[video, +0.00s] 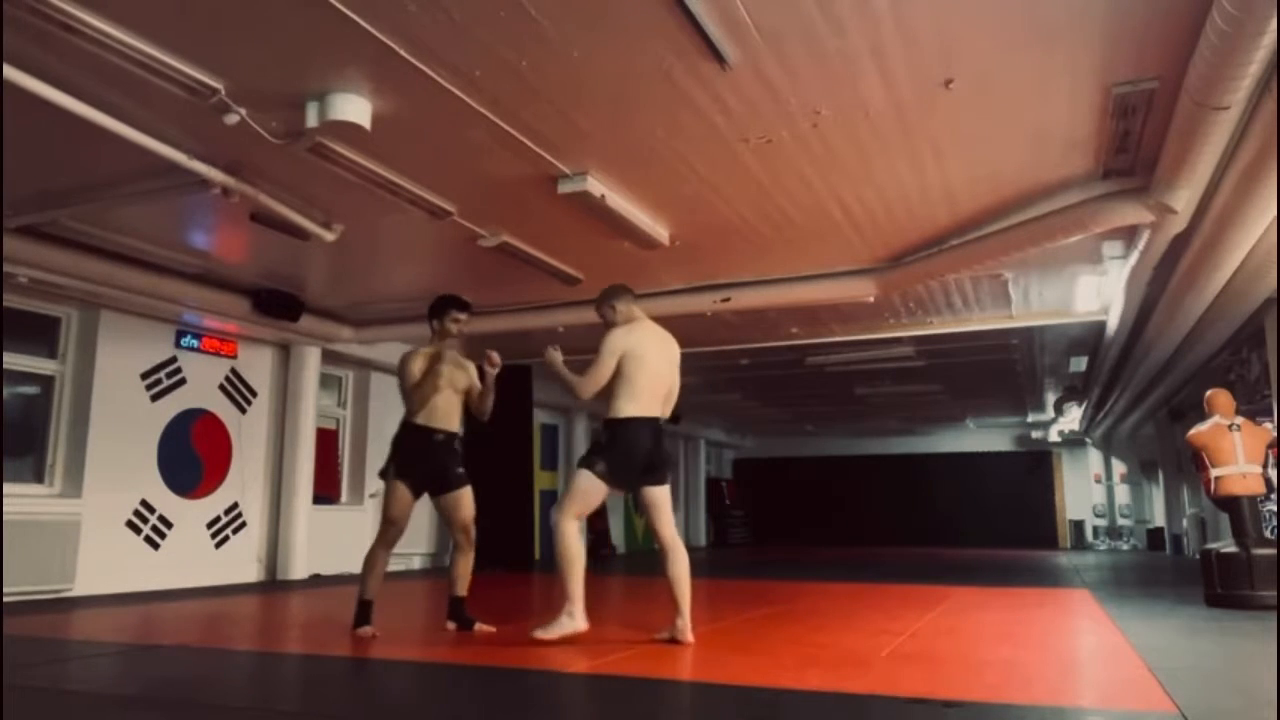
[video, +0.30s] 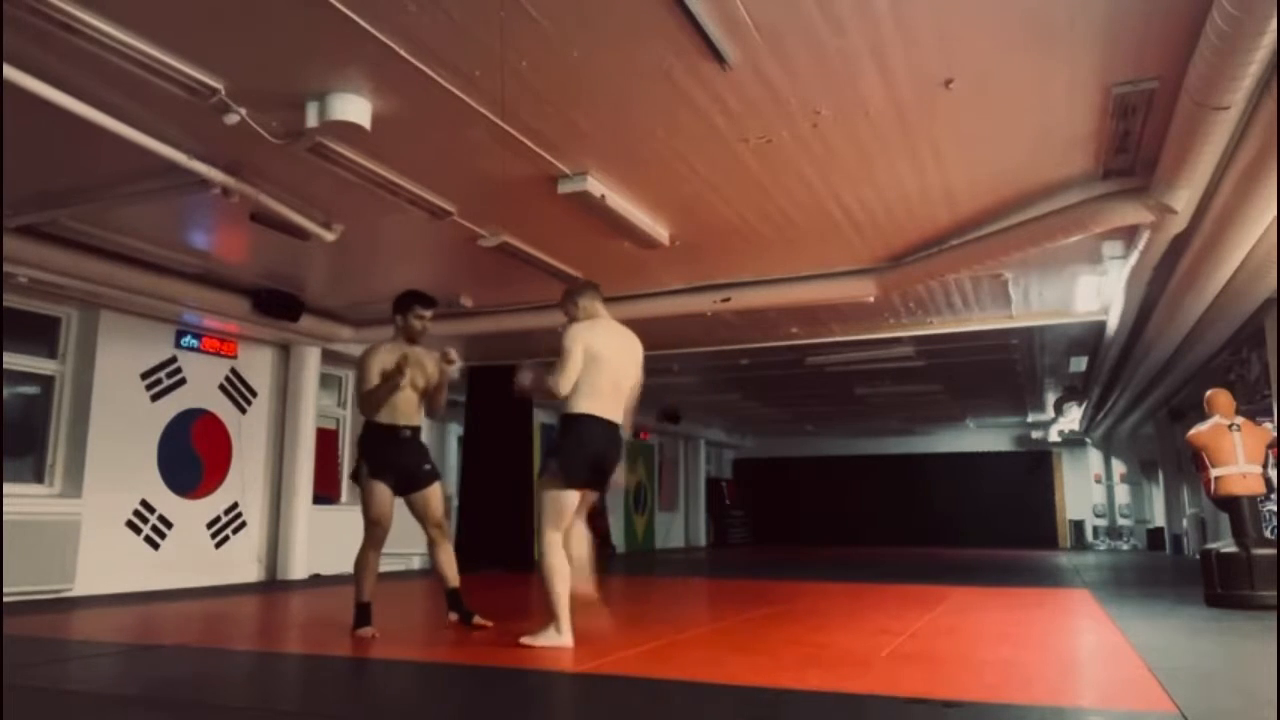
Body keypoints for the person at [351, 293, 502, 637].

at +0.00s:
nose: (461, 328)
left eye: (464, 323)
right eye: (455, 321)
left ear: (465, 327)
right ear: (435, 322)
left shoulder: (468, 367)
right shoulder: (416, 358)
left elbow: (483, 412)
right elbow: (412, 400)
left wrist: (490, 378)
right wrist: (438, 361)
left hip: (450, 449)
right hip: (413, 444)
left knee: (466, 532)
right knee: (390, 530)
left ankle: (458, 610)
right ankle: (364, 613)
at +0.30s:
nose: (425, 325)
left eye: (429, 320)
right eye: (419, 318)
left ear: (429, 321)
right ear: (400, 317)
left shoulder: (428, 358)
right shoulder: (377, 355)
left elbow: (435, 410)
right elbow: (366, 406)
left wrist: (444, 376)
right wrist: (394, 380)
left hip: (413, 443)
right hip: (379, 441)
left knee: (438, 526)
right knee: (376, 530)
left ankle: (458, 606)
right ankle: (363, 616)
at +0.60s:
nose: (402, 328)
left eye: (406, 322)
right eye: (396, 321)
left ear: (406, 324)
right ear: (378, 320)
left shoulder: (397, 358)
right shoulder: (363, 360)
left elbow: (408, 408)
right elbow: (360, 412)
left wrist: (409, 371)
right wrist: (395, 448)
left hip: (387, 440)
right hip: (359, 441)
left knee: (398, 527)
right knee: (373, 528)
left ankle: (379, 596)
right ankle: (361, 612)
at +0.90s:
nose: (362, 341)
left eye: (367, 335)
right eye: (355, 334)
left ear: (371, 338)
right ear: (340, 336)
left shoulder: (355, 368)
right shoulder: (339, 369)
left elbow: (375, 406)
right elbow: (372, 414)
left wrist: (374, 382)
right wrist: (410, 440)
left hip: (352, 453)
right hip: (343, 454)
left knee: (339, 536)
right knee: (370, 531)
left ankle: (292, 596)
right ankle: (361, 619)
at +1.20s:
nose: (333, 344)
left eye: (337, 338)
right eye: (326, 337)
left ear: (339, 339)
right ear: (308, 337)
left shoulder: (327, 370)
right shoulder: (303, 371)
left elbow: (350, 411)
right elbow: (328, 415)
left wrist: (341, 381)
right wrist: (353, 458)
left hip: (326, 452)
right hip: (309, 453)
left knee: (312, 537)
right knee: (340, 522)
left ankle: (282, 601)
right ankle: (334, 604)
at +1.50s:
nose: (327, 338)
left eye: (329, 332)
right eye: (321, 332)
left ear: (329, 337)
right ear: (302, 335)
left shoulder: (321, 371)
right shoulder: (296, 367)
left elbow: (335, 415)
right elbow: (302, 412)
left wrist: (337, 379)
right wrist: (332, 449)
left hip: (312, 449)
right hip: (300, 448)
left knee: (300, 535)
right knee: (328, 525)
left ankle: (279, 602)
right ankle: (291, 601)